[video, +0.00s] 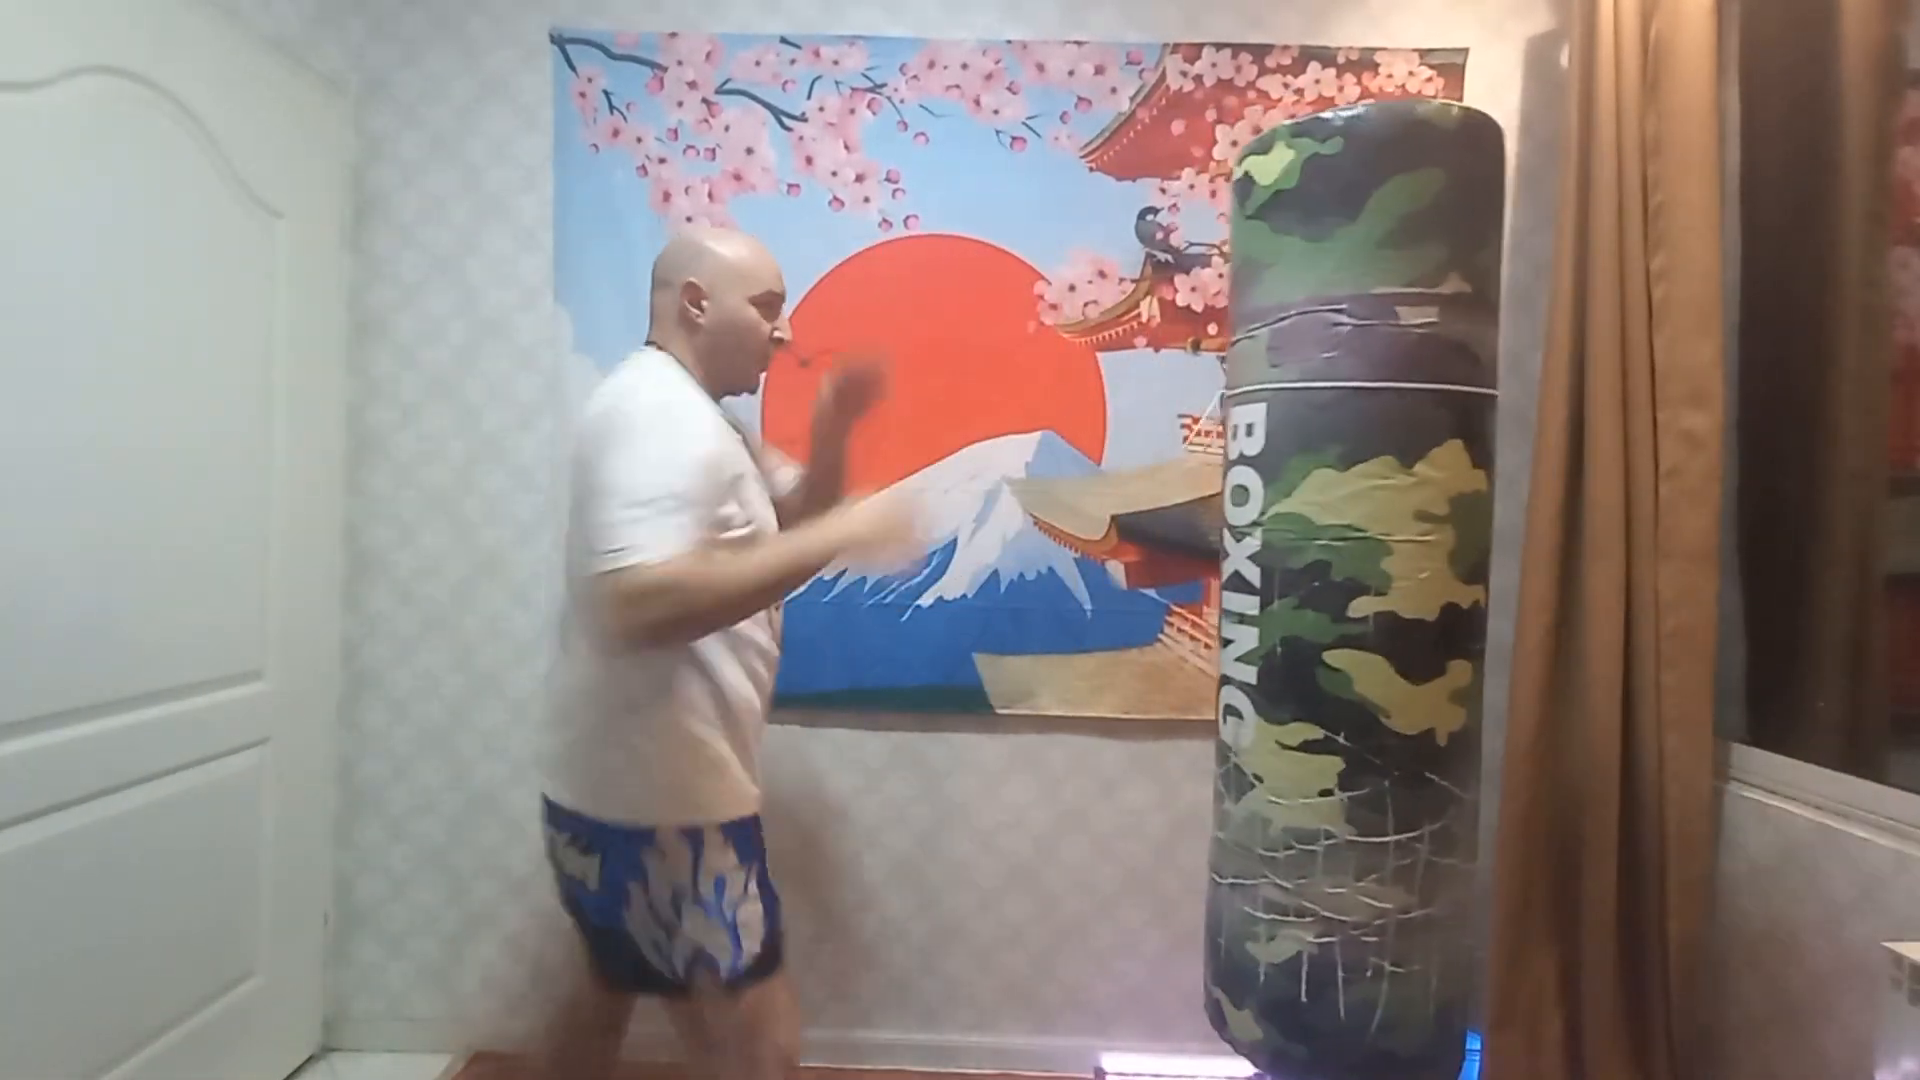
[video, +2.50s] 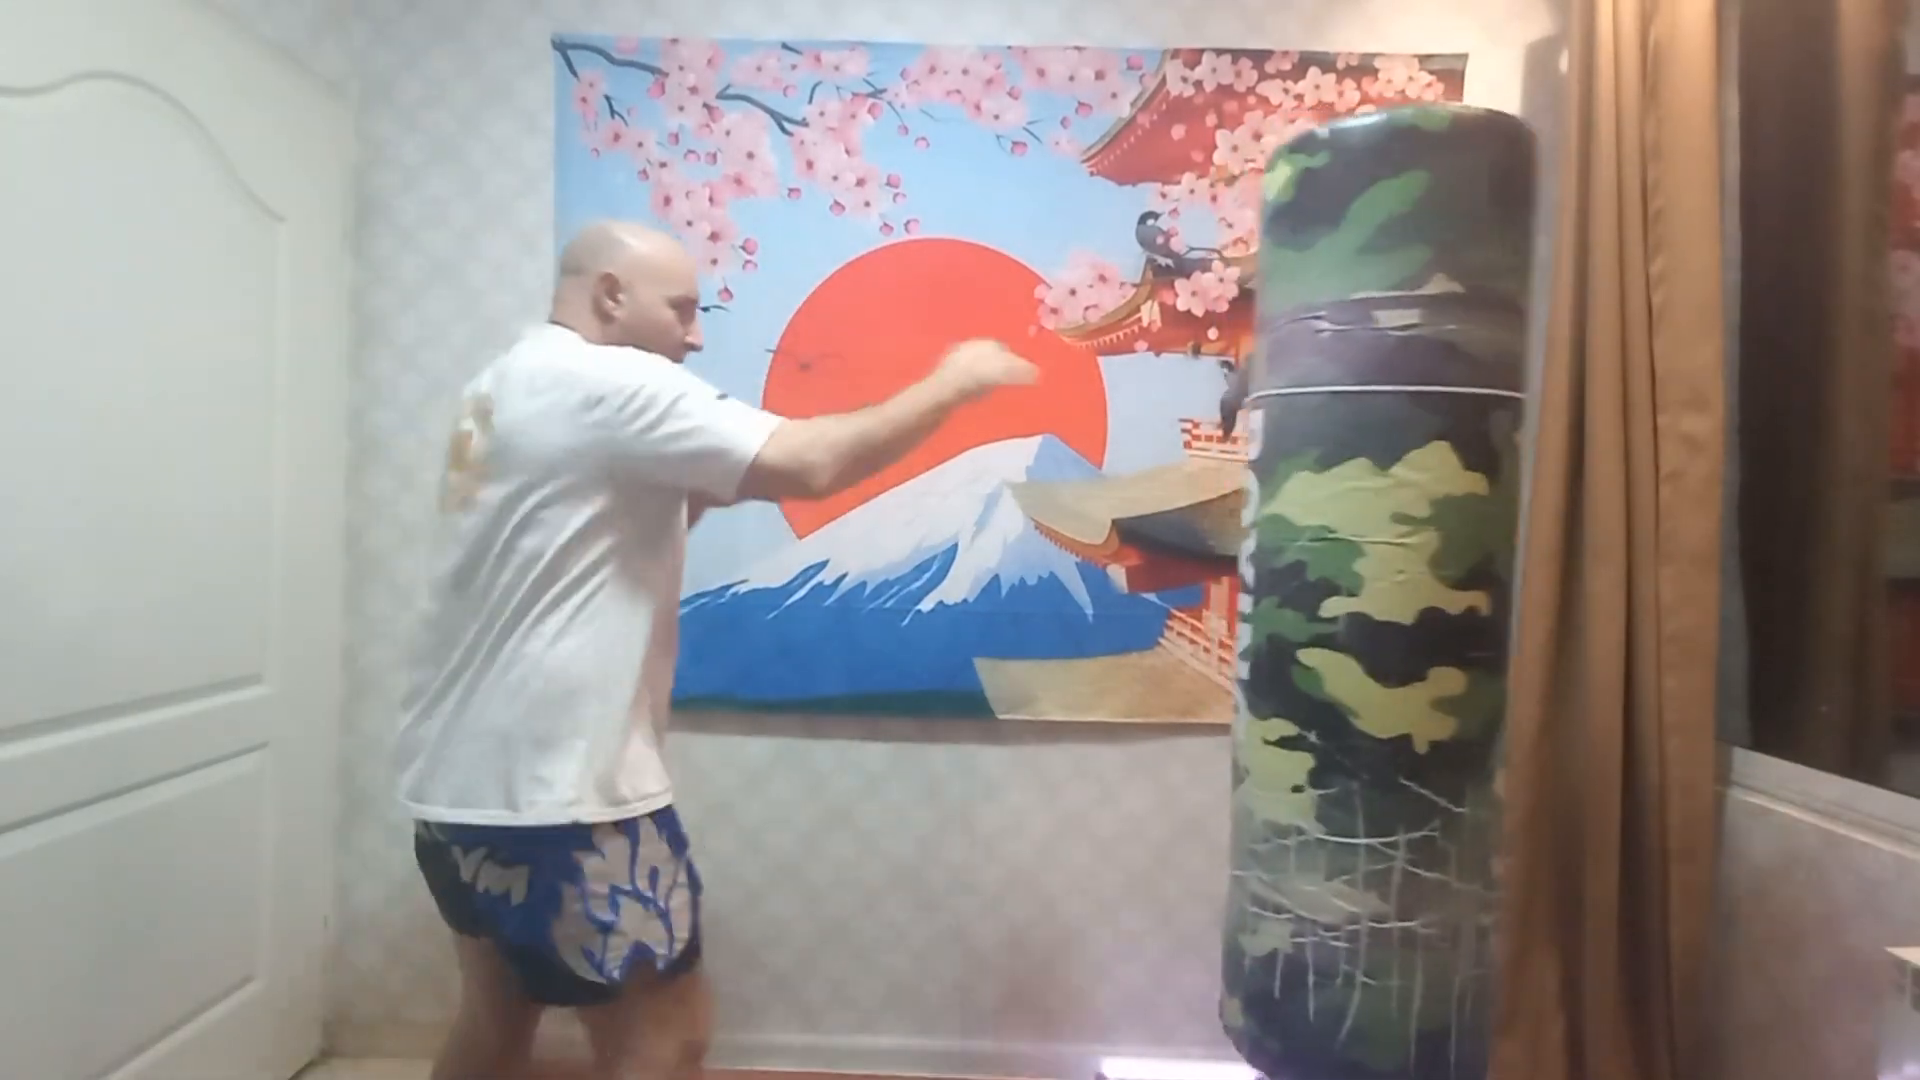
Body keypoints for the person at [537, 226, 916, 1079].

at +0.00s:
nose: (783, 329)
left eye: (782, 308)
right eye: (767, 306)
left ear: (692, 308)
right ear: (694, 304)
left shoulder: (683, 409)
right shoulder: (654, 408)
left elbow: (792, 541)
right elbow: (632, 603)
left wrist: (831, 432)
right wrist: (835, 532)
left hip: (618, 792)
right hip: (673, 803)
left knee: (596, 1014)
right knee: (758, 1055)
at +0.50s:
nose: (759, 314)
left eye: (758, 289)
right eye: (739, 286)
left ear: (661, 285)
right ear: (649, 280)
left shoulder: (730, 424)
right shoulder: (520, 414)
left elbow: (765, 585)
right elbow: (519, 649)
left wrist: (900, 585)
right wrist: (753, 571)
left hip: (838, 738)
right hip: (710, 864)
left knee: (1089, 800)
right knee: (786, 1064)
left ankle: (1320, 899)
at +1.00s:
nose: (725, 332)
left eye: (723, 306)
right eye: (707, 303)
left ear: (625, 300)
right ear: (628, 296)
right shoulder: (594, 413)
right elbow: (684, 627)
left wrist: (753, 465)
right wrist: (795, 480)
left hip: (533, 840)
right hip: (607, 858)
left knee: (482, 1052)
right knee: (697, 1062)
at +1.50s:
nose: (671, 322)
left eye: (673, 299)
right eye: (652, 293)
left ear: (577, 286)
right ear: (570, 282)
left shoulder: (632, 419)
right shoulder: (457, 374)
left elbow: (749, 536)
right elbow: (613, 518)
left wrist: (767, 402)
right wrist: (749, 386)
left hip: (593, 816)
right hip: (469, 839)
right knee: (518, 1063)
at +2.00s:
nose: (619, 325)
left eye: (620, 301)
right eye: (598, 295)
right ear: (507, 281)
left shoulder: (598, 432)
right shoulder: (373, 387)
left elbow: (683, 586)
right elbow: (412, 598)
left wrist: (704, 484)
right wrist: (627, 489)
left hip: (633, 761)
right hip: (479, 838)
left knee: (810, 898)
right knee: (519, 1066)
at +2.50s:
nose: (695, 334)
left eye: (696, 310)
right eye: (681, 308)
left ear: (596, 301)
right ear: (607, 298)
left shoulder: (504, 383)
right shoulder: (609, 388)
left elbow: (606, 537)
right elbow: (811, 460)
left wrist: (714, 472)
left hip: (461, 787)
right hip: (573, 799)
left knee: (491, 1024)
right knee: (658, 1045)